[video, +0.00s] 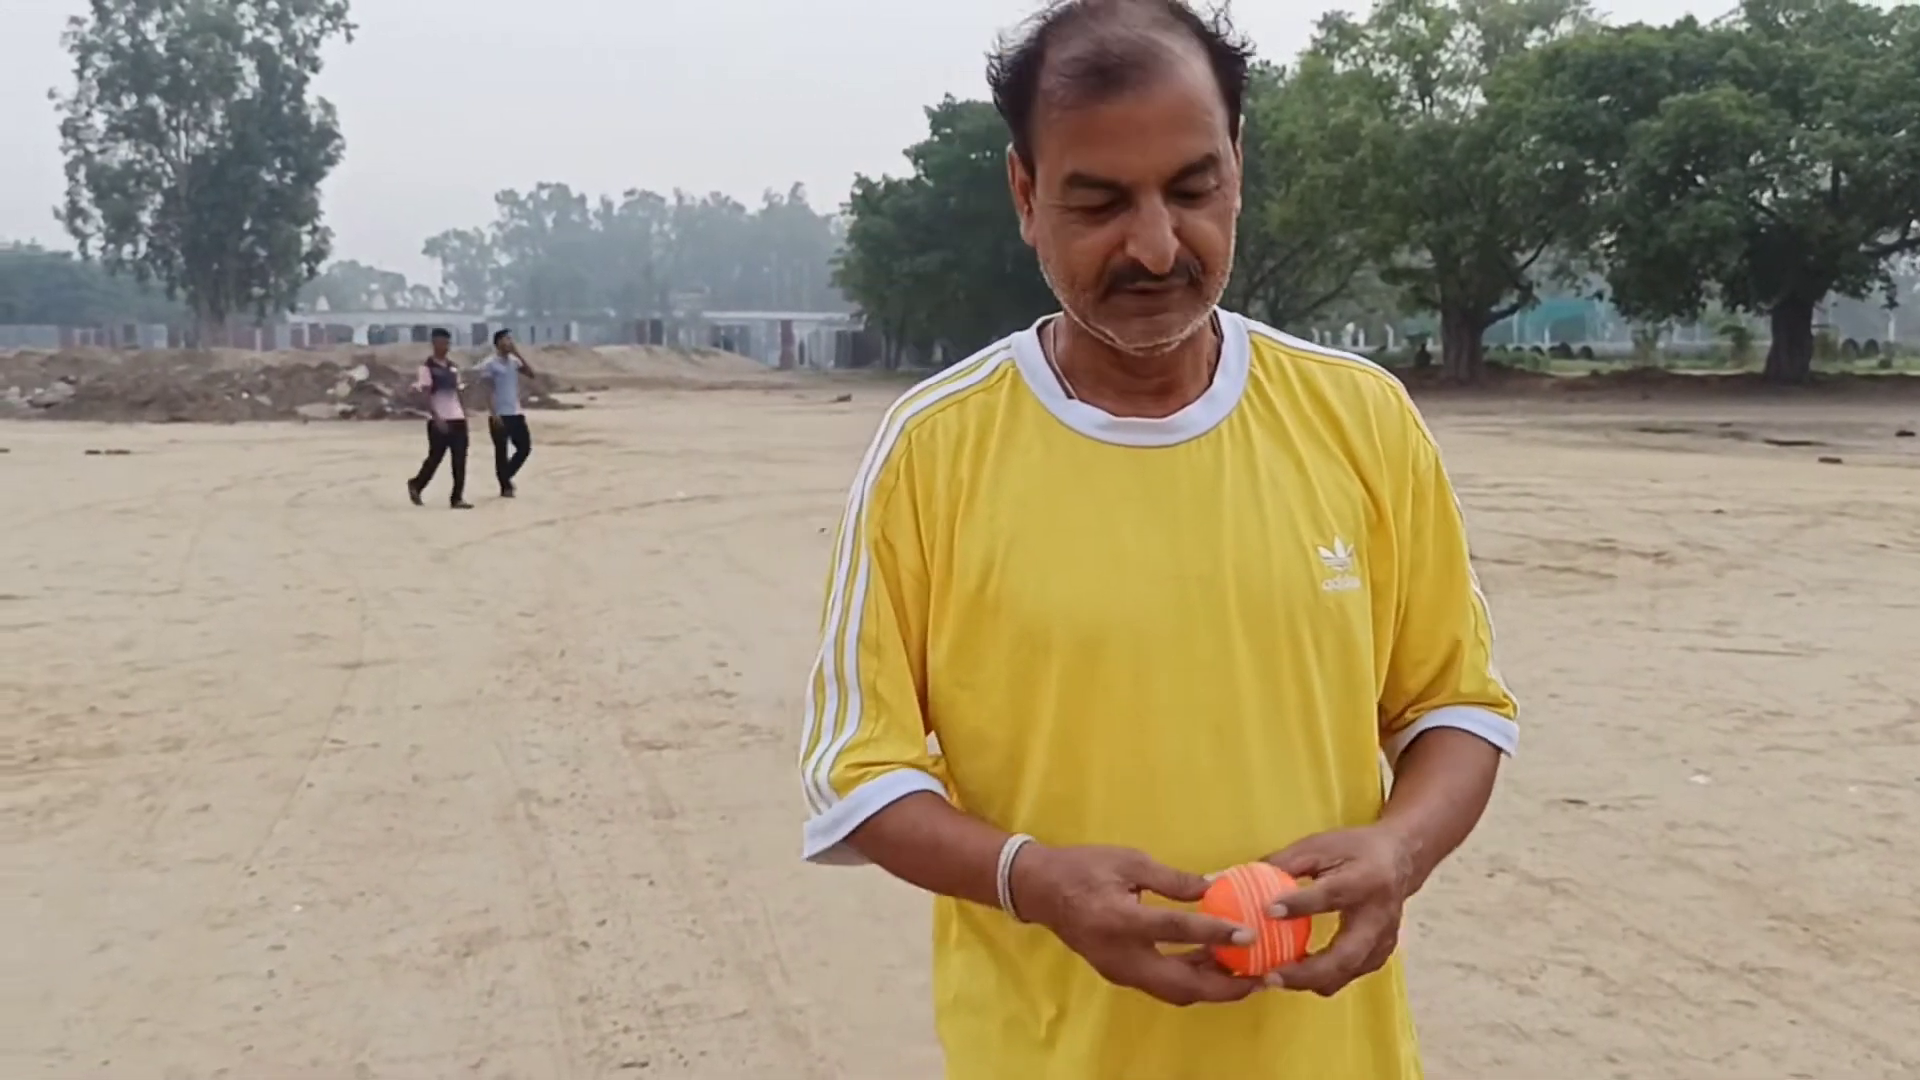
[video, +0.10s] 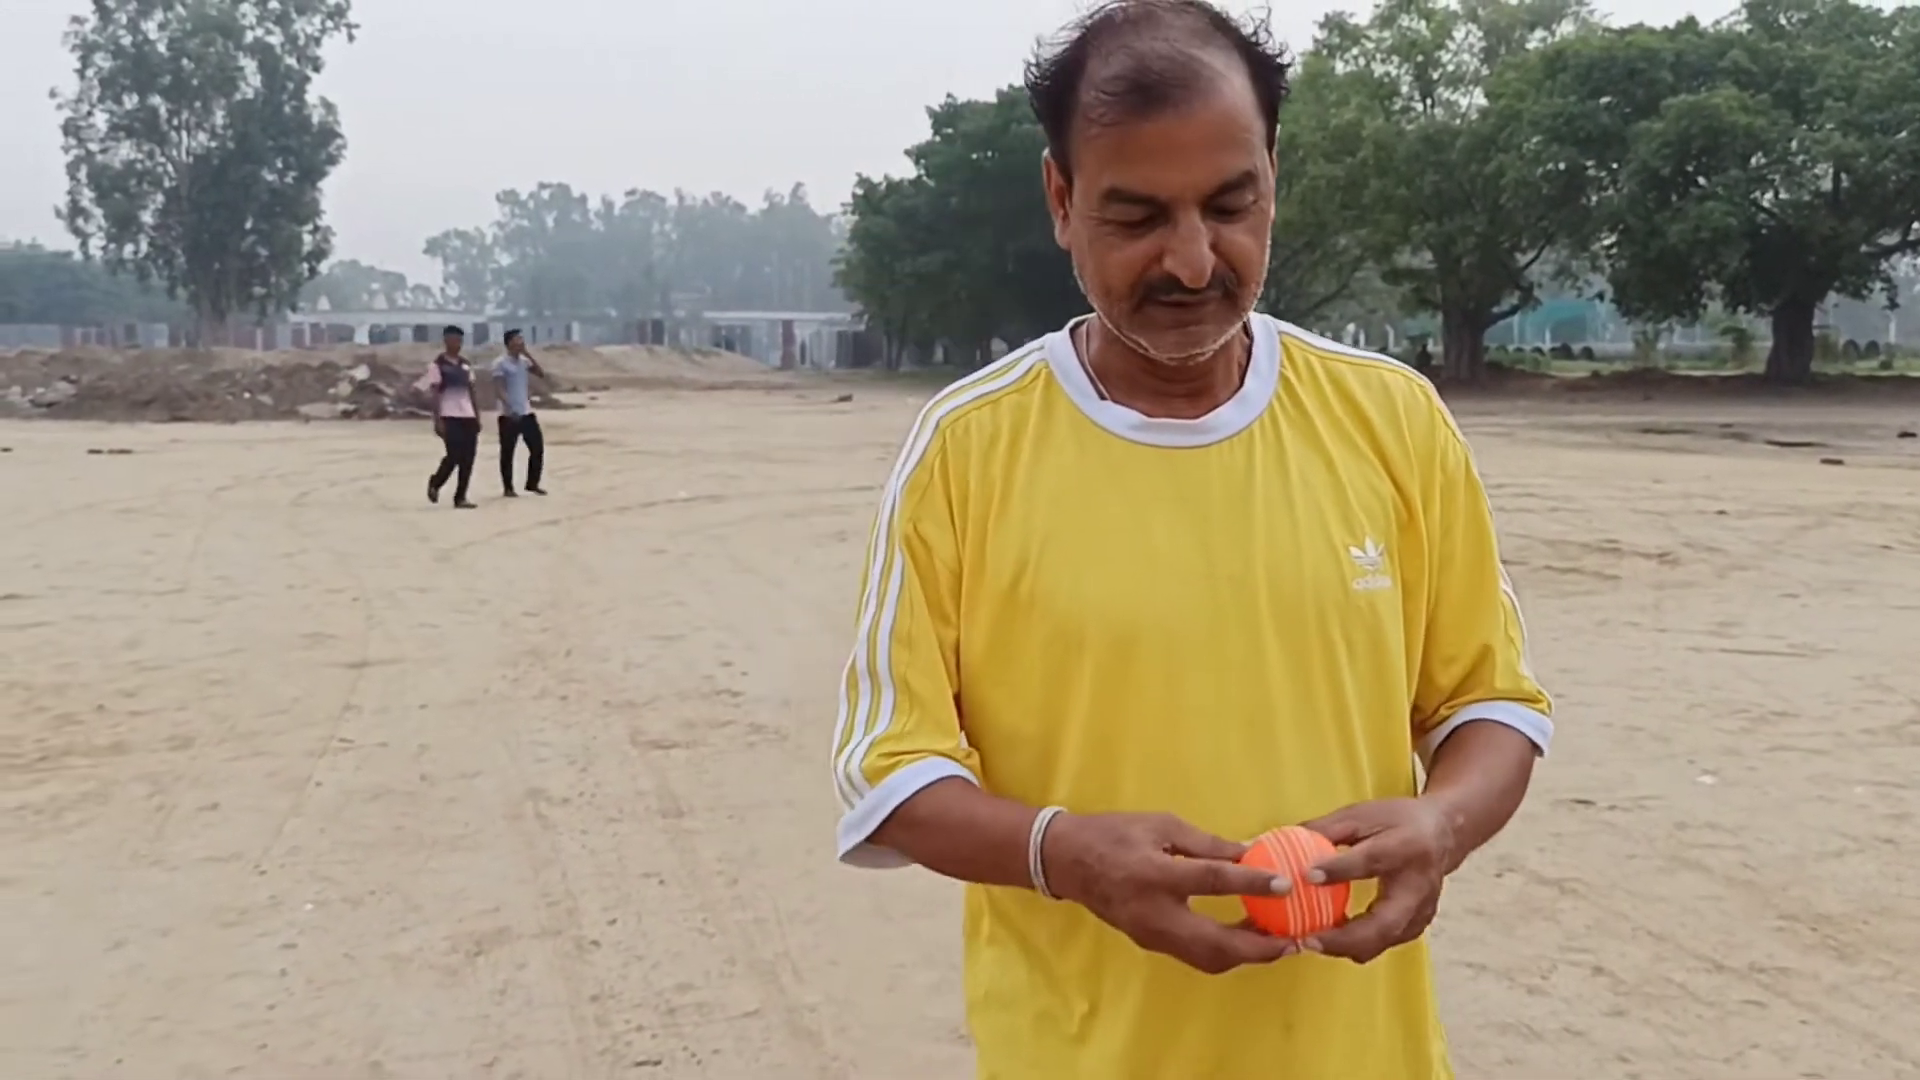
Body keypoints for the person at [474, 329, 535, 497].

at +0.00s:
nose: (510, 342)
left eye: (510, 339)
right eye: (506, 339)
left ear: (511, 342)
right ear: (498, 343)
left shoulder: (512, 362)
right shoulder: (490, 365)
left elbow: (530, 373)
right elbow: (487, 392)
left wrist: (516, 353)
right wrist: (493, 413)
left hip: (516, 414)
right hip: (499, 415)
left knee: (524, 448)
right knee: (501, 453)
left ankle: (507, 475)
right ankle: (504, 485)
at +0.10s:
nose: (521, 343)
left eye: (521, 339)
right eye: (517, 340)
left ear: (521, 343)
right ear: (509, 343)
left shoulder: (522, 361)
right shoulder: (500, 364)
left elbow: (539, 373)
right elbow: (499, 389)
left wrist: (526, 353)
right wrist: (508, 407)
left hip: (526, 414)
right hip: (508, 415)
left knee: (537, 449)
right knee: (507, 454)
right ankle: (508, 487)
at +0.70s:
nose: (523, 341)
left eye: (523, 337)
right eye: (519, 338)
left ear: (521, 341)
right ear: (509, 341)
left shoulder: (521, 362)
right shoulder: (499, 363)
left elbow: (539, 377)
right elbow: (488, 389)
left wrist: (524, 360)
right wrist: (488, 414)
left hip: (521, 412)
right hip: (507, 412)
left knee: (516, 452)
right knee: (517, 450)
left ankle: (507, 488)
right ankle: (521, 486)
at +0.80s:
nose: (512, 344)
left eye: (512, 340)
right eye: (508, 340)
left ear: (510, 344)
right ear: (498, 344)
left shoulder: (511, 365)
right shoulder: (488, 366)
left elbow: (528, 381)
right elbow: (477, 392)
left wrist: (514, 363)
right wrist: (475, 418)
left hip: (510, 416)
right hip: (496, 416)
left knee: (501, 455)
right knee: (507, 454)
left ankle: (489, 488)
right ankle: (520, 488)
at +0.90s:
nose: (495, 344)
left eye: (495, 340)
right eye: (490, 340)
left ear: (494, 344)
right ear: (480, 345)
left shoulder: (494, 366)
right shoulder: (471, 368)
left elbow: (511, 381)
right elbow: (462, 394)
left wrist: (496, 364)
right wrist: (461, 419)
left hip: (494, 415)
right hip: (480, 415)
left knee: (485, 452)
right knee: (491, 453)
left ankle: (467, 483)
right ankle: (498, 489)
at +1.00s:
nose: (487, 338)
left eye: (487, 334)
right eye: (483, 335)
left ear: (486, 338)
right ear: (473, 338)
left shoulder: (487, 360)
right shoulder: (463, 362)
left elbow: (504, 377)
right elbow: (456, 391)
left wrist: (489, 358)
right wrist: (459, 415)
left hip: (488, 412)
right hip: (472, 412)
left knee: (488, 450)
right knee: (481, 452)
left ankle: (465, 471)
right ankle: (482, 488)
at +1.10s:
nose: (472, 332)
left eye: (472, 328)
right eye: (468, 329)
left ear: (471, 332)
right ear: (458, 333)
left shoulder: (472, 353)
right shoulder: (448, 356)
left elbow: (488, 374)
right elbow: (444, 384)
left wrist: (475, 354)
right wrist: (449, 408)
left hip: (473, 408)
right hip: (455, 409)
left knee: (480, 444)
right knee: (456, 449)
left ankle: (459, 471)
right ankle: (458, 485)